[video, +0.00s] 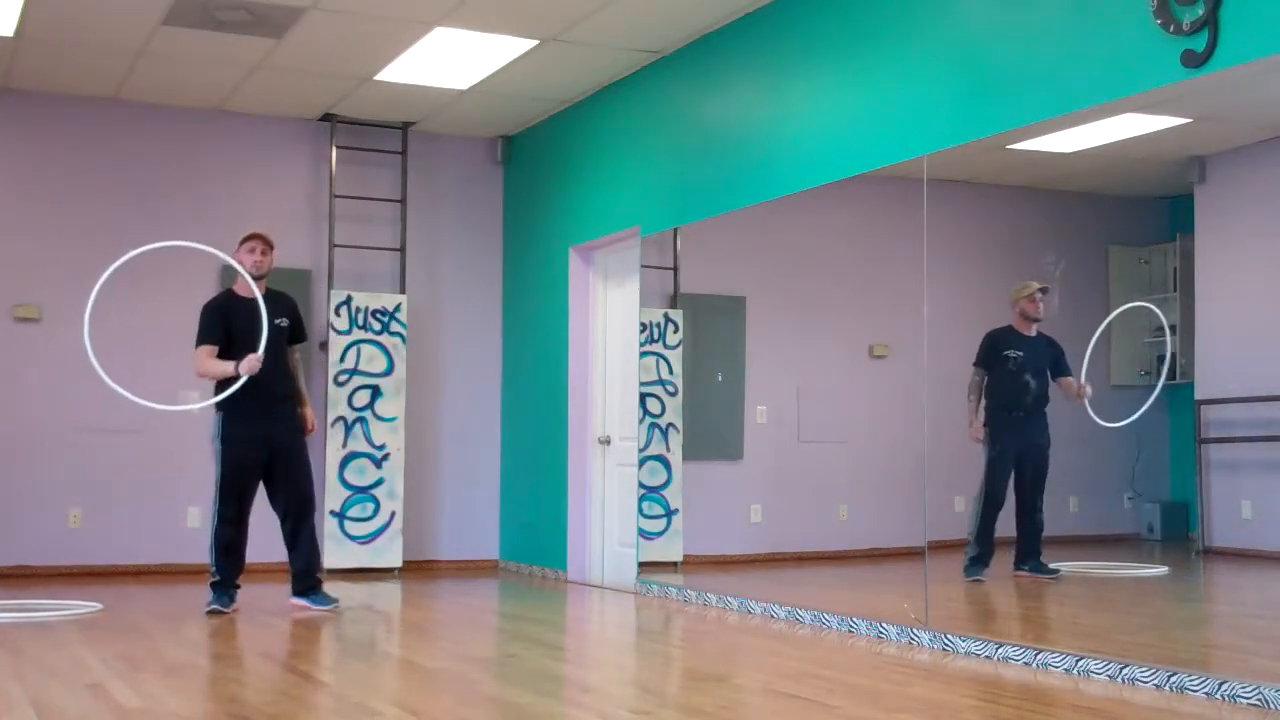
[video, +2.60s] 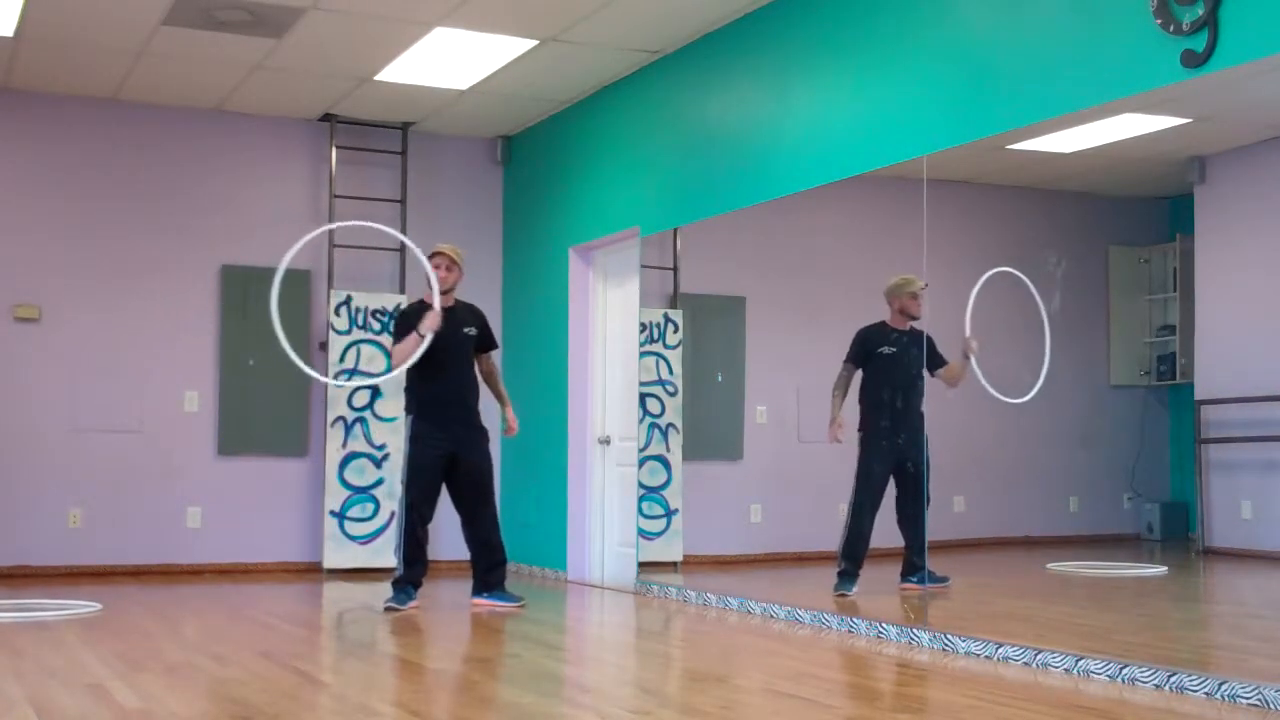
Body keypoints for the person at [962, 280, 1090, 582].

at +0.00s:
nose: (1039, 305)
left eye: (1041, 300)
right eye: (1033, 300)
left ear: (1043, 306)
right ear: (1018, 305)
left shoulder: (1049, 345)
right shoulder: (996, 339)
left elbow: (1065, 382)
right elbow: (977, 379)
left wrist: (1078, 390)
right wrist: (974, 418)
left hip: (1035, 427)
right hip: (1001, 426)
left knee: (1032, 498)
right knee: (993, 496)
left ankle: (1028, 560)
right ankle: (977, 562)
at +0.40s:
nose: (993, 307)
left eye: (995, 303)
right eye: (985, 303)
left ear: (998, 307)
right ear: (971, 309)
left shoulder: (1012, 346)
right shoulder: (955, 345)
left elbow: (1029, 384)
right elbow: (941, 389)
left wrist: (1045, 409)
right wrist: (942, 426)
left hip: (1005, 431)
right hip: (968, 432)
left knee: (1015, 498)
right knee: (959, 502)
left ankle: (1027, 560)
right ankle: (945, 565)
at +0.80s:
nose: (970, 301)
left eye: (971, 296)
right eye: (962, 297)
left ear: (973, 300)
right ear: (947, 302)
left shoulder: (987, 339)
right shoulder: (931, 339)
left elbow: (1007, 377)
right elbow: (917, 384)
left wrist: (1019, 404)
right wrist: (917, 423)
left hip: (983, 431)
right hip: (946, 432)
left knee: (985, 502)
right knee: (946, 502)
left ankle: (977, 563)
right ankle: (943, 564)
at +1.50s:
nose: (945, 304)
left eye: (950, 299)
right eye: (938, 300)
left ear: (959, 304)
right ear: (930, 307)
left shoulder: (975, 333)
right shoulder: (922, 343)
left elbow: (984, 355)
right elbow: (910, 391)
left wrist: (984, 372)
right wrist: (909, 430)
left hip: (974, 430)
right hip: (937, 433)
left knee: (975, 502)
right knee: (923, 502)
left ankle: (972, 565)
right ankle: (902, 571)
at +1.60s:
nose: (942, 306)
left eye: (947, 301)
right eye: (935, 302)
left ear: (957, 305)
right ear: (929, 308)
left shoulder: (972, 332)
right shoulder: (921, 344)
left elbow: (984, 344)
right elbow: (909, 390)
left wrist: (976, 347)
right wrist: (906, 429)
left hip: (971, 431)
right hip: (935, 433)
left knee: (974, 503)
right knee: (918, 503)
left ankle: (972, 565)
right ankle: (897, 571)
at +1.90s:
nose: (933, 301)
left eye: (937, 296)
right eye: (927, 296)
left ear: (942, 300)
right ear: (915, 300)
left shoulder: (952, 334)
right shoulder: (899, 338)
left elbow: (980, 351)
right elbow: (883, 386)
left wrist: (982, 319)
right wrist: (883, 427)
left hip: (945, 430)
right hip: (909, 432)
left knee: (957, 499)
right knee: (906, 503)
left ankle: (941, 562)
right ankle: (894, 572)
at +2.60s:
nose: (920, 302)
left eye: (920, 297)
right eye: (914, 297)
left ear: (908, 303)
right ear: (895, 302)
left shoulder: (922, 341)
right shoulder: (869, 336)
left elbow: (951, 378)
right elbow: (845, 377)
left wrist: (966, 355)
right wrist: (836, 415)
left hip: (912, 436)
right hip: (877, 436)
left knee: (915, 505)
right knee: (864, 507)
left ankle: (915, 570)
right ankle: (848, 575)